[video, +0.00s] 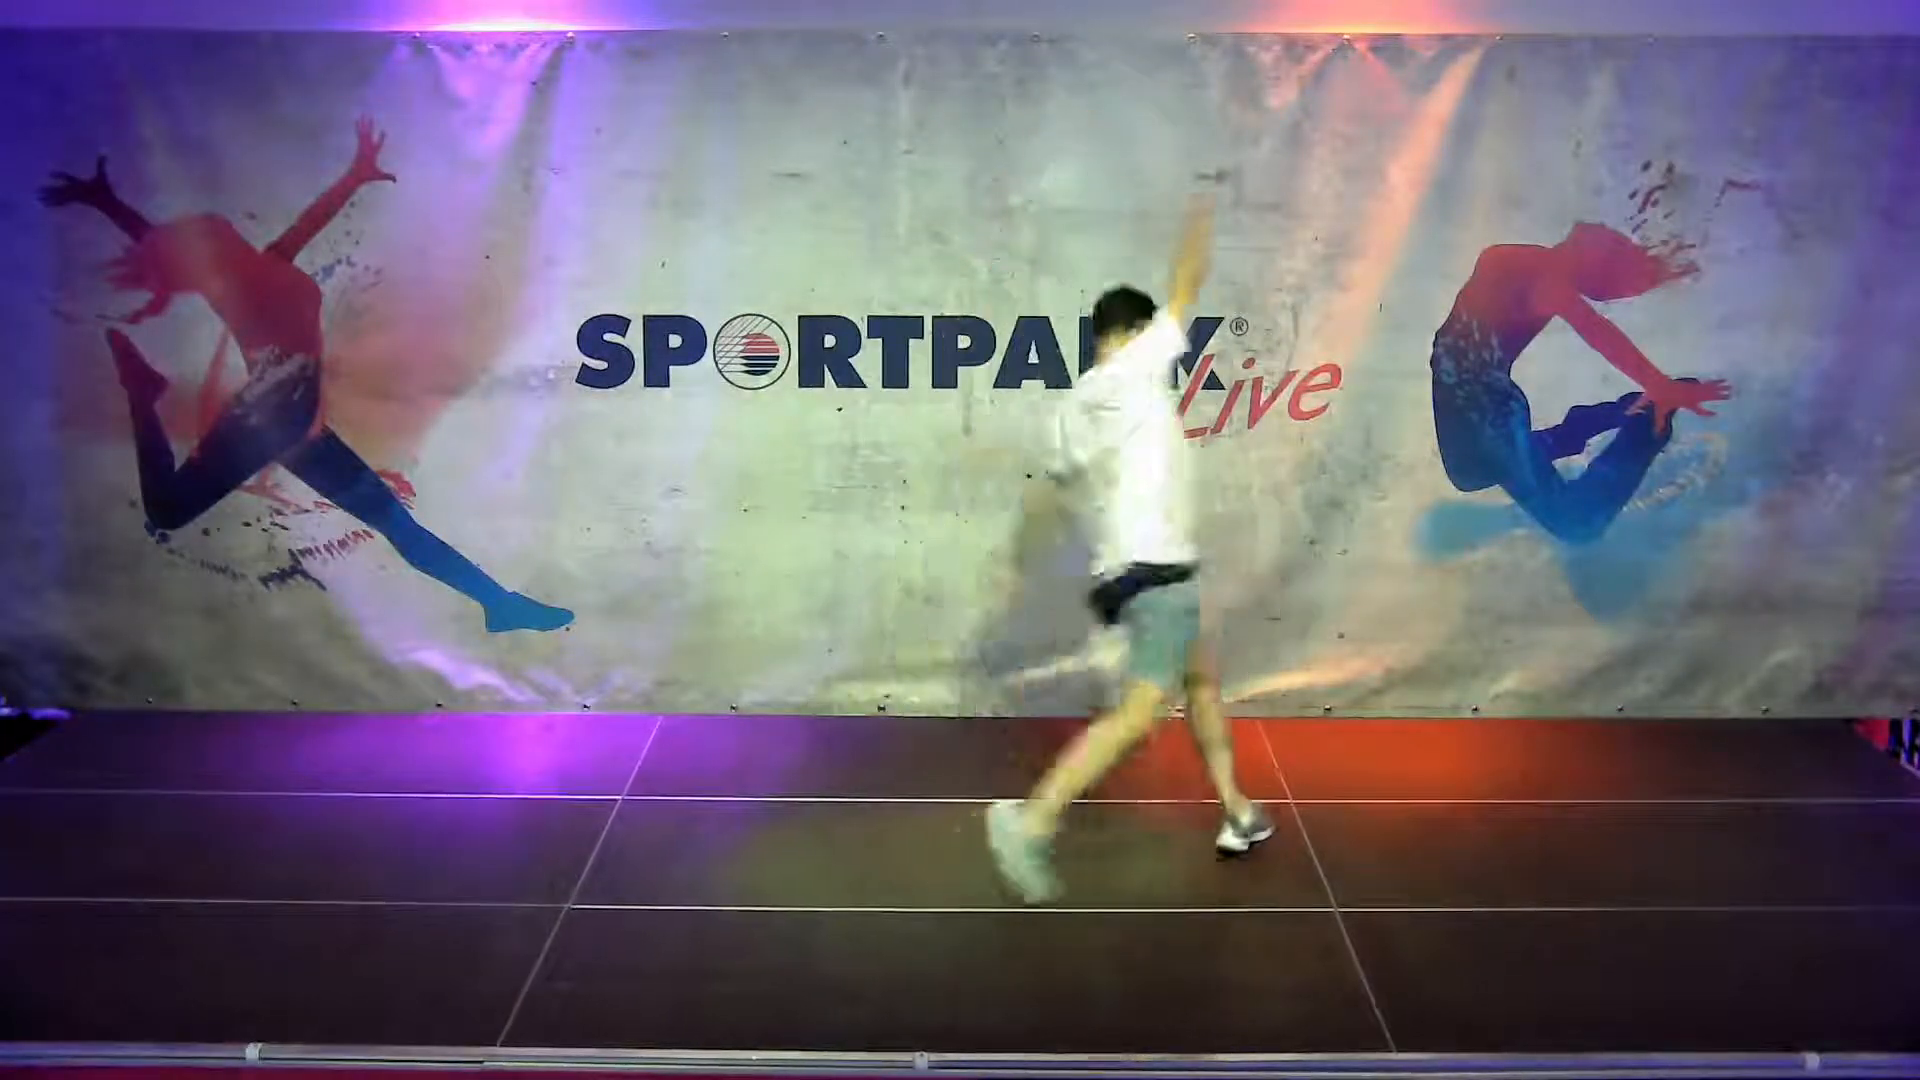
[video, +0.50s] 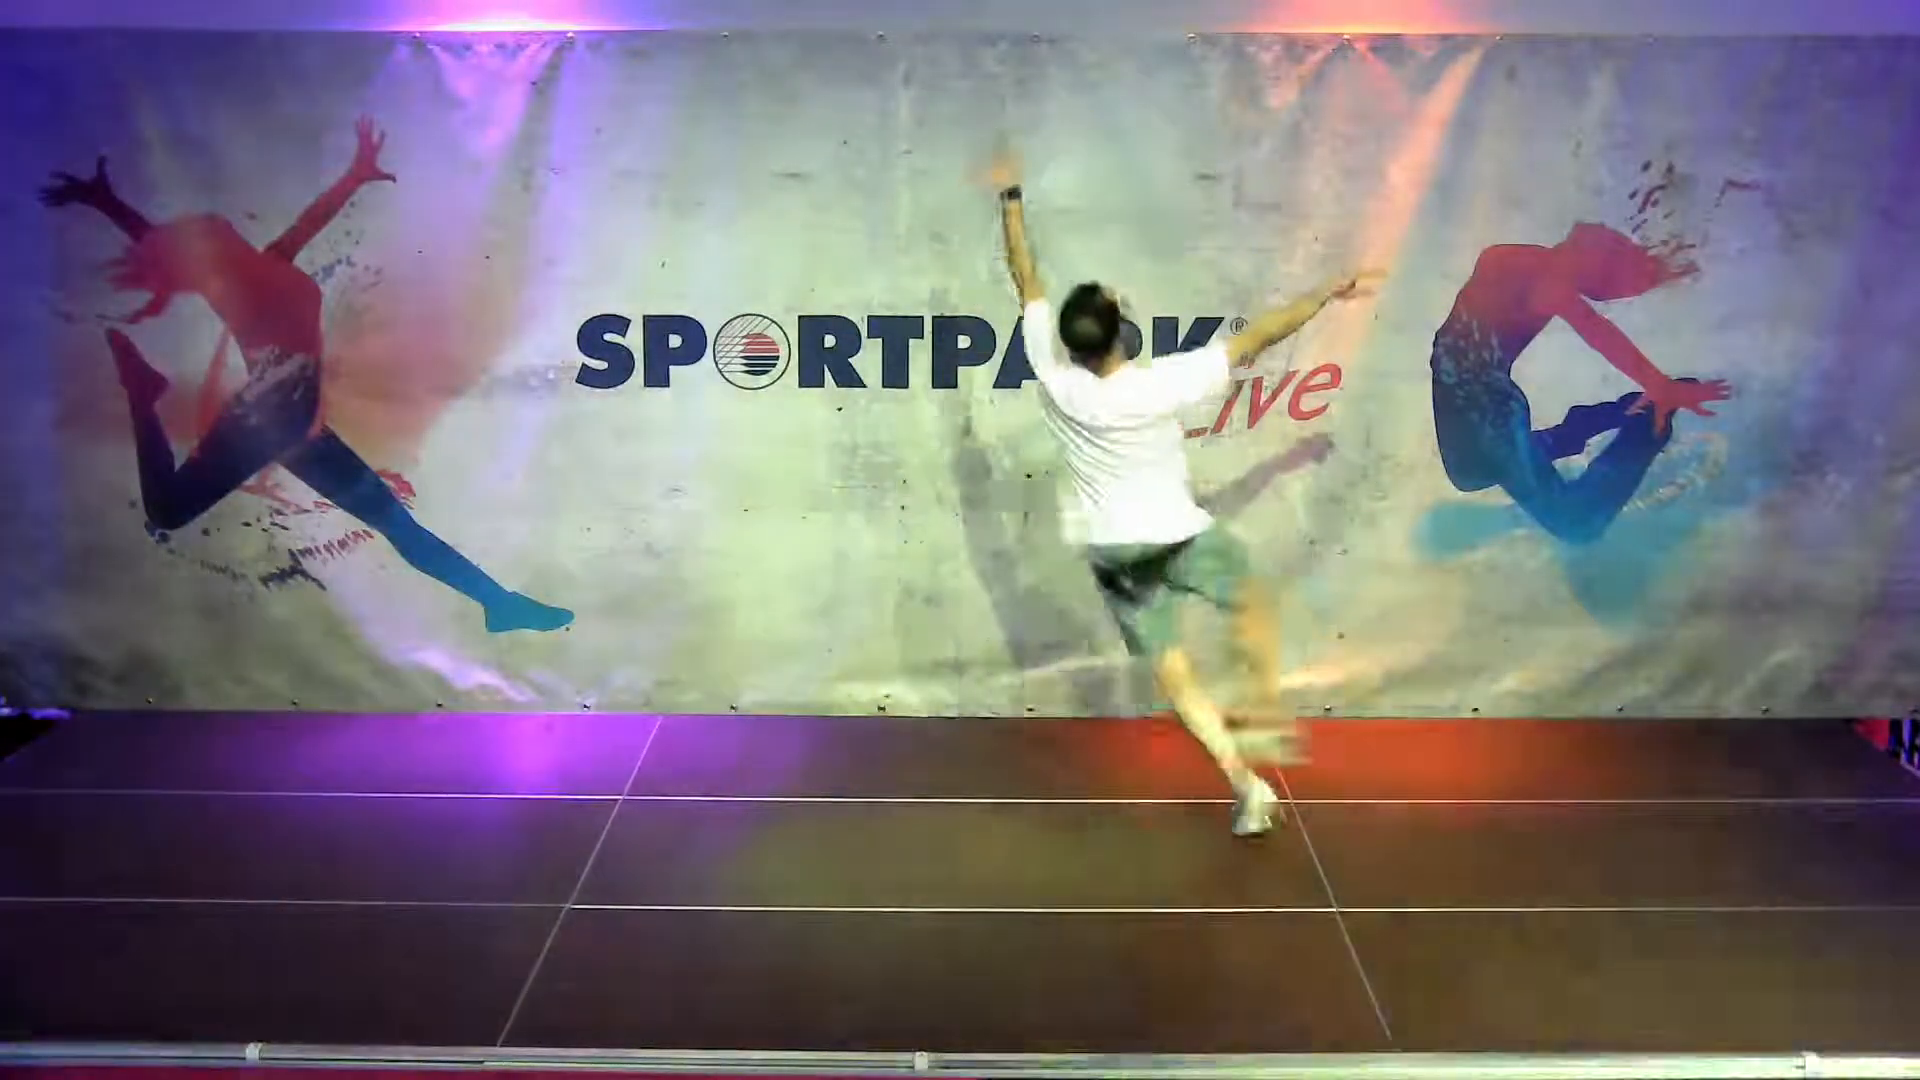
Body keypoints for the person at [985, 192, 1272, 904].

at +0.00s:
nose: (1150, 341)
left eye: (1142, 332)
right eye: (1145, 331)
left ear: (1095, 334)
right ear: (1135, 331)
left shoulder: (1071, 404)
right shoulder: (1142, 364)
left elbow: (1052, 485)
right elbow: (1185, 286)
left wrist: (1014, 563)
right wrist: (1204, 205)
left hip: (1117, 572)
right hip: (1163, 567)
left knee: (1199, 682)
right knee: (1140, 708)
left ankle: (1237, 813)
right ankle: (1029, 821)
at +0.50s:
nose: (1123, 328)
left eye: (1099, 326)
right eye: (1121, 323)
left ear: (1070, 340)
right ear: (1121, 334)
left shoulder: (1056, 380)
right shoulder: (1159, 383)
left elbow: (1025, 282)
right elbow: (1249, 341)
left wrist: (1010, 198)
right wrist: (1324, 295)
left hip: (1108, 546)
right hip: (1173, 528)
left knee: (1171, 674)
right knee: (1251, 599)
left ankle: (1247, 786)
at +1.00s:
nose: (945, 295)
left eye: (950, 284)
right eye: (934, 286)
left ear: (955, 281)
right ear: (910, 286)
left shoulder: (898, 325)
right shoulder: (929, 354)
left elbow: (916, 266)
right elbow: (981, 415)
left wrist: (911, 212)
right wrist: (996, 403)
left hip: (885, 485)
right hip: (919, 494)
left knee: (910, 606)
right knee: (963, 606)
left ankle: (891, 729)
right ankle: (993, 732)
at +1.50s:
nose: (687, 316)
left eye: (700, 307)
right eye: (681, 305)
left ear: (724, 313)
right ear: (672, 308)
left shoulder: (750, 375)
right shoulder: (646, 372)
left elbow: (817, 413)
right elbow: (571, 408)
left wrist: (879, 438)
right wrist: (494, 437)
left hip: (730, 536)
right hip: (662, 533)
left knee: (714, 652)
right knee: (625, 645)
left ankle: (740, 741)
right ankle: (650, 752)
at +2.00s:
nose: (607, 332)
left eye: (622, 325)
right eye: (606, 319)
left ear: (652, 338)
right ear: (603, 322)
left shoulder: (630, 404)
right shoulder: (611, 387)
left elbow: (602, 472)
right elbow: (574, 402)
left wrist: (507, 483)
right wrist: (513, 394)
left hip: (605, 568)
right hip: (571, 555)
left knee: (527, 681)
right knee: (492, 623)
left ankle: (556, 824)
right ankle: (575, 723)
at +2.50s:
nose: (744, 289)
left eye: (742, 277)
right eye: (737, 278)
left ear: (702, 287)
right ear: (713, 286)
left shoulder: (712, 349)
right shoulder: (677, 369)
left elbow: (728, 290)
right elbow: (650, 469)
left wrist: (745, 239)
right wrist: (658, 557)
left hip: (704, 528)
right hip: (648, 533)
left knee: (737, 632)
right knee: (619, 649)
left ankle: (709, 748)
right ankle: (580, 761)